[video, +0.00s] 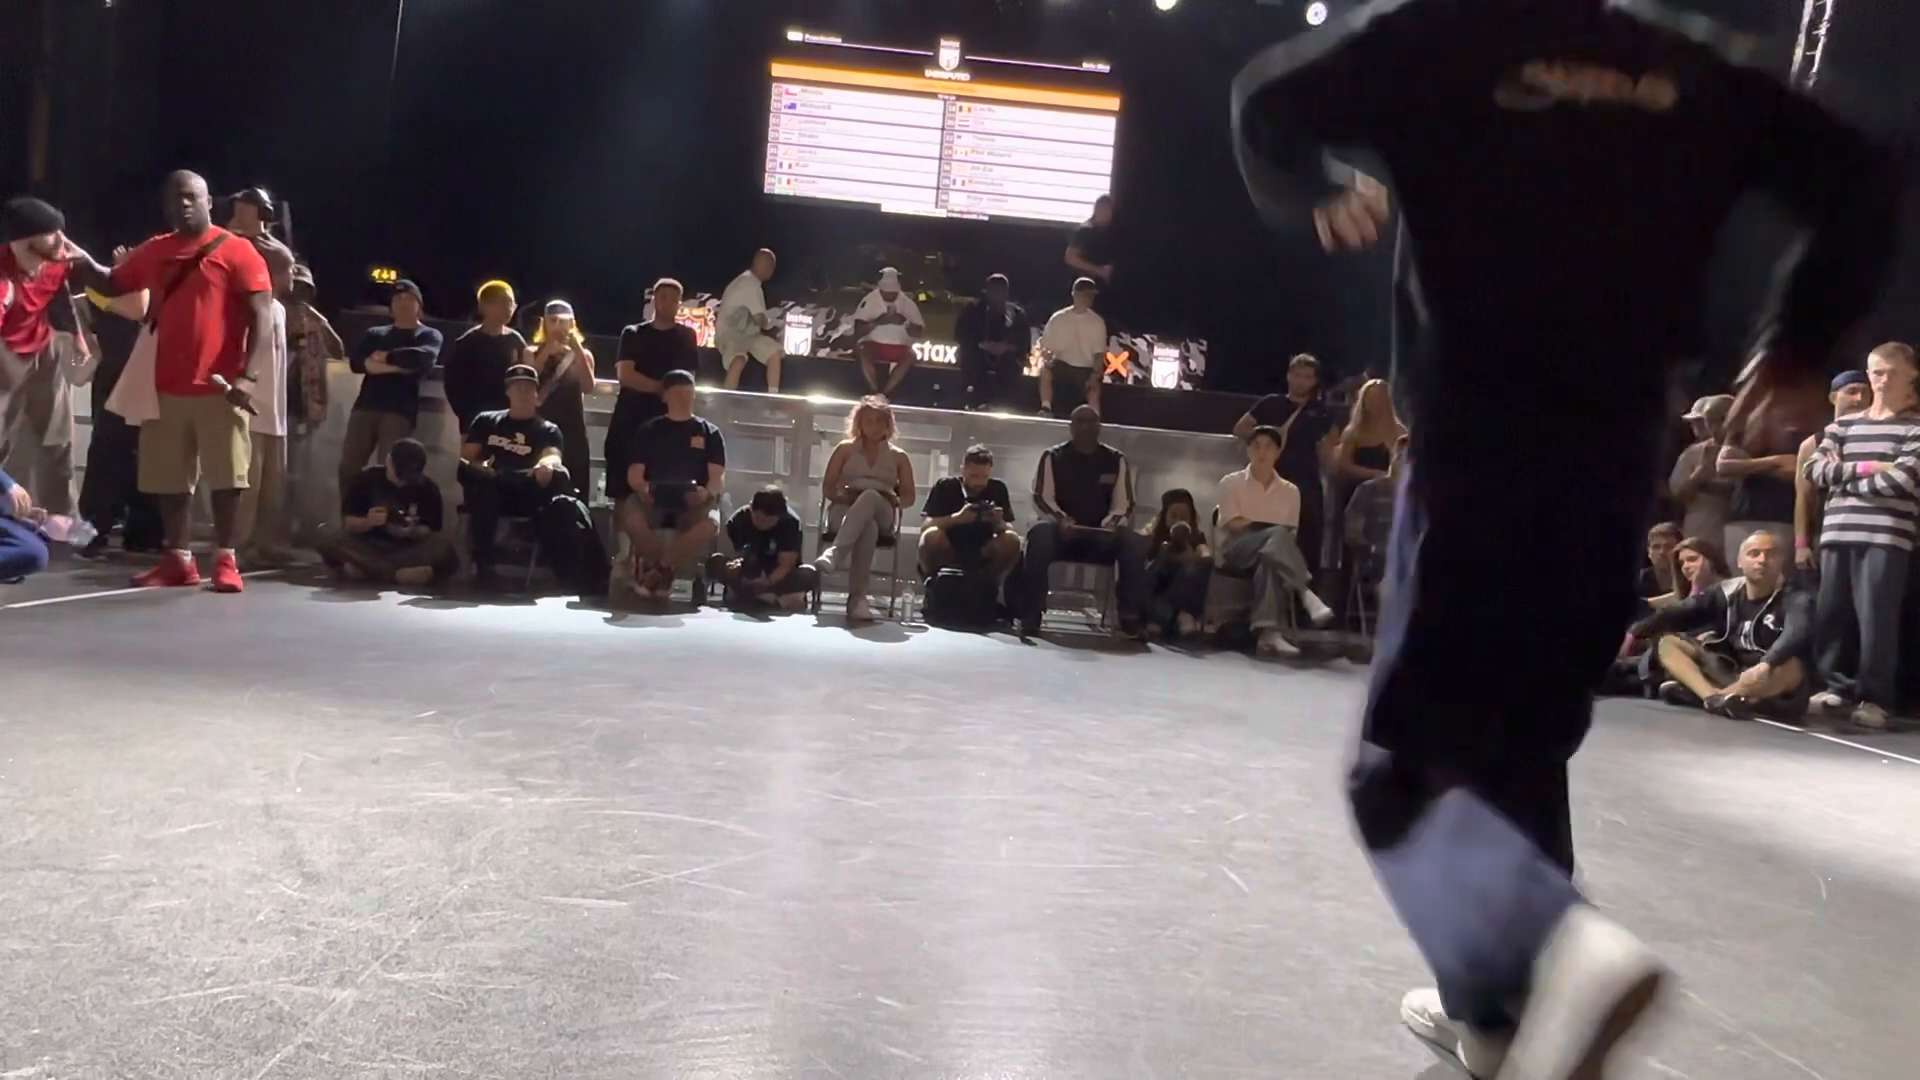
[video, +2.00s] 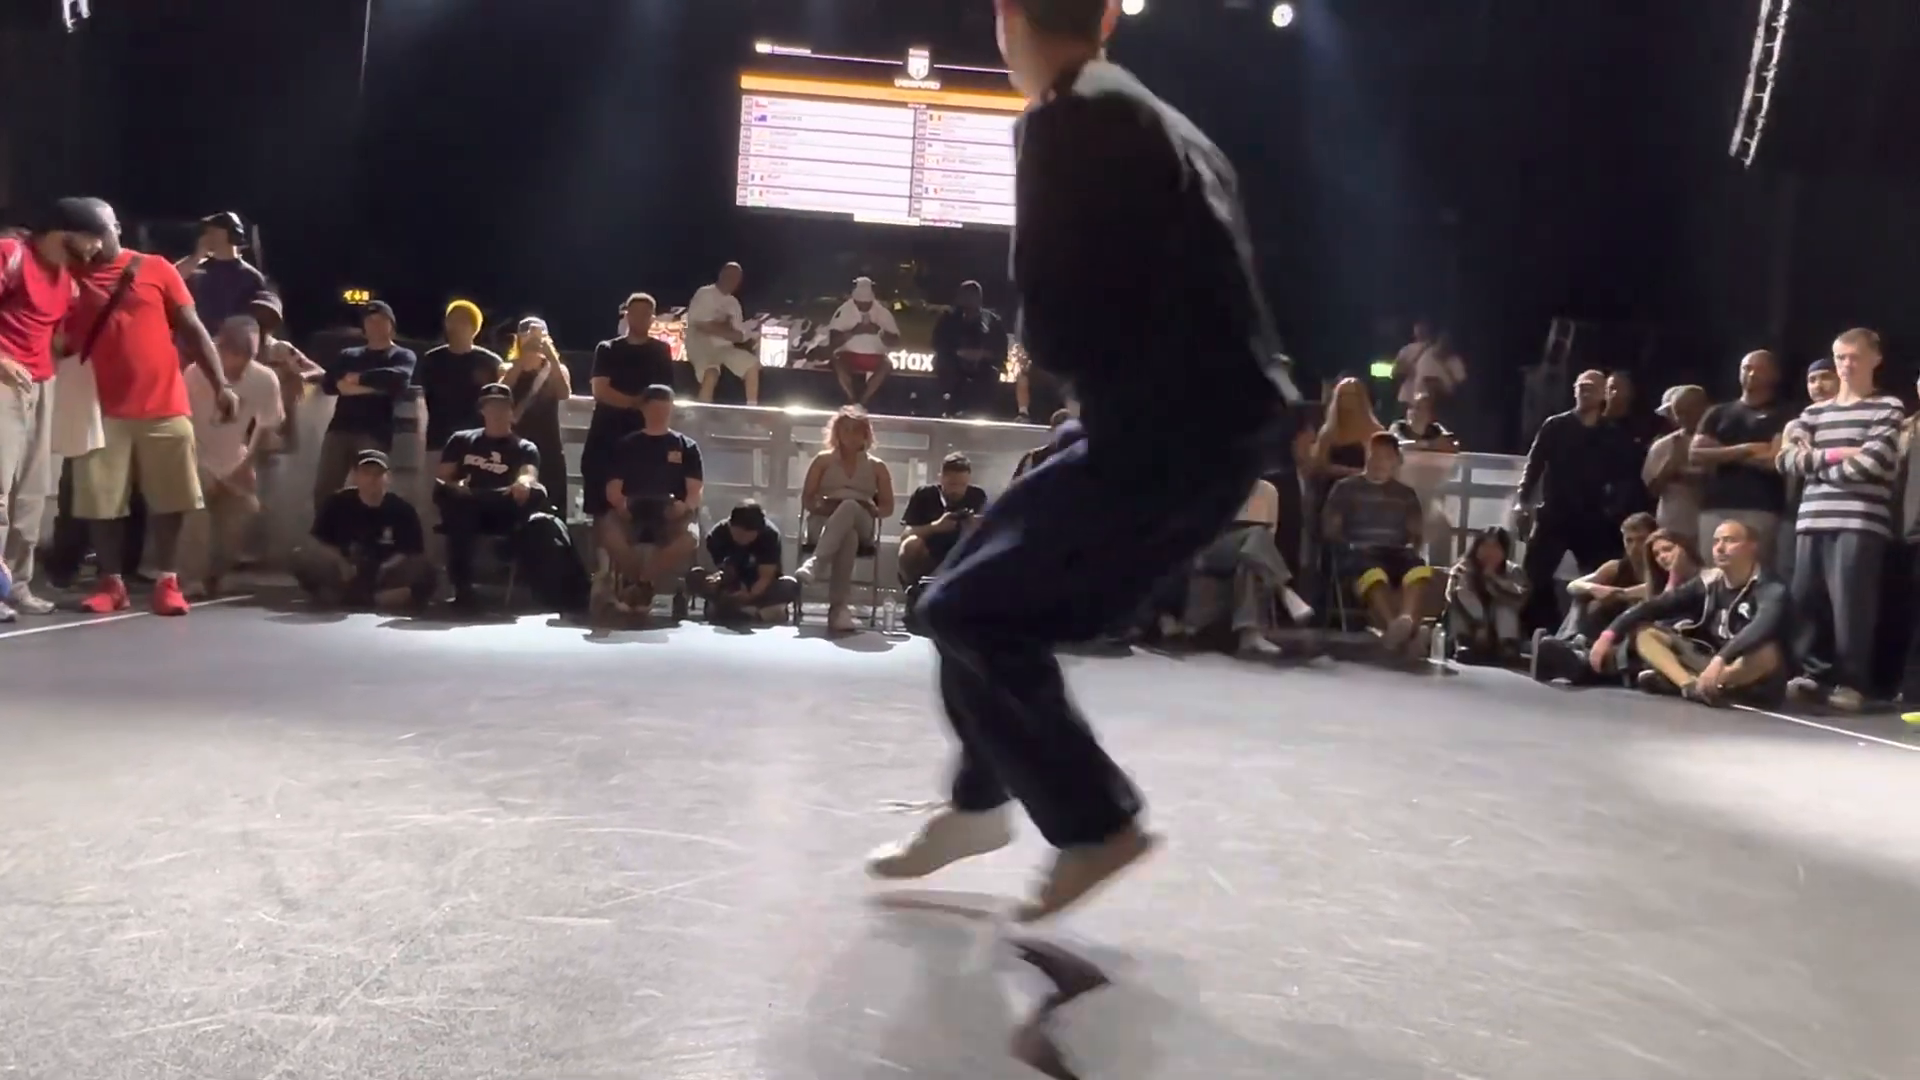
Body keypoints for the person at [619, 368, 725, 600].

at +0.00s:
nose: (684, 397)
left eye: (688, 391)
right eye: (678, 391)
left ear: (694, 395)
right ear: (665, 396)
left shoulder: (710, 432)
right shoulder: (647, 430)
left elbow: (716, 477)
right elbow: (635, 473)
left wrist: (707, 493)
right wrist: (646, 492)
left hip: (692, 494)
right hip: (655, 492)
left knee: (707, 526)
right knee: (632, 514)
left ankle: (659, 570)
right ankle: (661, 572)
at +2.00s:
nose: (659, 412)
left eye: (664, 407)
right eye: (654, 406)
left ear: (671, 409)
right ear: (644, 409)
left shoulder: (687, 447)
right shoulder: (625, 445)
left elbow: (695, 494)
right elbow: (613, 489)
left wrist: (679, 508)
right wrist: (628, 510)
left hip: (670, 509)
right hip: (633, 508)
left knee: (689, 537)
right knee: (608, 527)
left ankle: (642, 581)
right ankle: (639, 584)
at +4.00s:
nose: (670, 433)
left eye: (675, 428)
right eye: (665, 428)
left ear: (682, 430)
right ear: (654, 430)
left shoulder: (698, 467)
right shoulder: (637, 467)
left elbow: (707, 509)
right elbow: (626, 509)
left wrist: (698, 527)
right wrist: (635, 528)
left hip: (683, 528)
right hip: (647, 528)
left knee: (703, 557)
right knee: (623, 552)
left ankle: (655, 607)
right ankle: (659, 606)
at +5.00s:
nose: (682, 422)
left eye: (687, 417)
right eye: (677, 417)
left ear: (694, 421)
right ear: (666, 420)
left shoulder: (709, 456)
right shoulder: (649, 456)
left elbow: (718, 499)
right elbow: (637, 499)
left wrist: (708, 517)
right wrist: (648, 517)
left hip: (694, 519)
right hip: (659, 518)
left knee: (714, 550)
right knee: (637, 544)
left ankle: (670, 598)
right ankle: (665, 596)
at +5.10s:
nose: (683, 422)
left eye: (688, 417)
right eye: (677, 417)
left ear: (695, 420)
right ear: (667, 419)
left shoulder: (711, 456)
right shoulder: (650, 456)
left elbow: (719, 501)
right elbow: (639, 498)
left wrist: (709, 517)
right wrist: (648, 516)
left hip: (695, 519)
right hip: (660, 519)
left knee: (716, 546)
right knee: (638, 536)